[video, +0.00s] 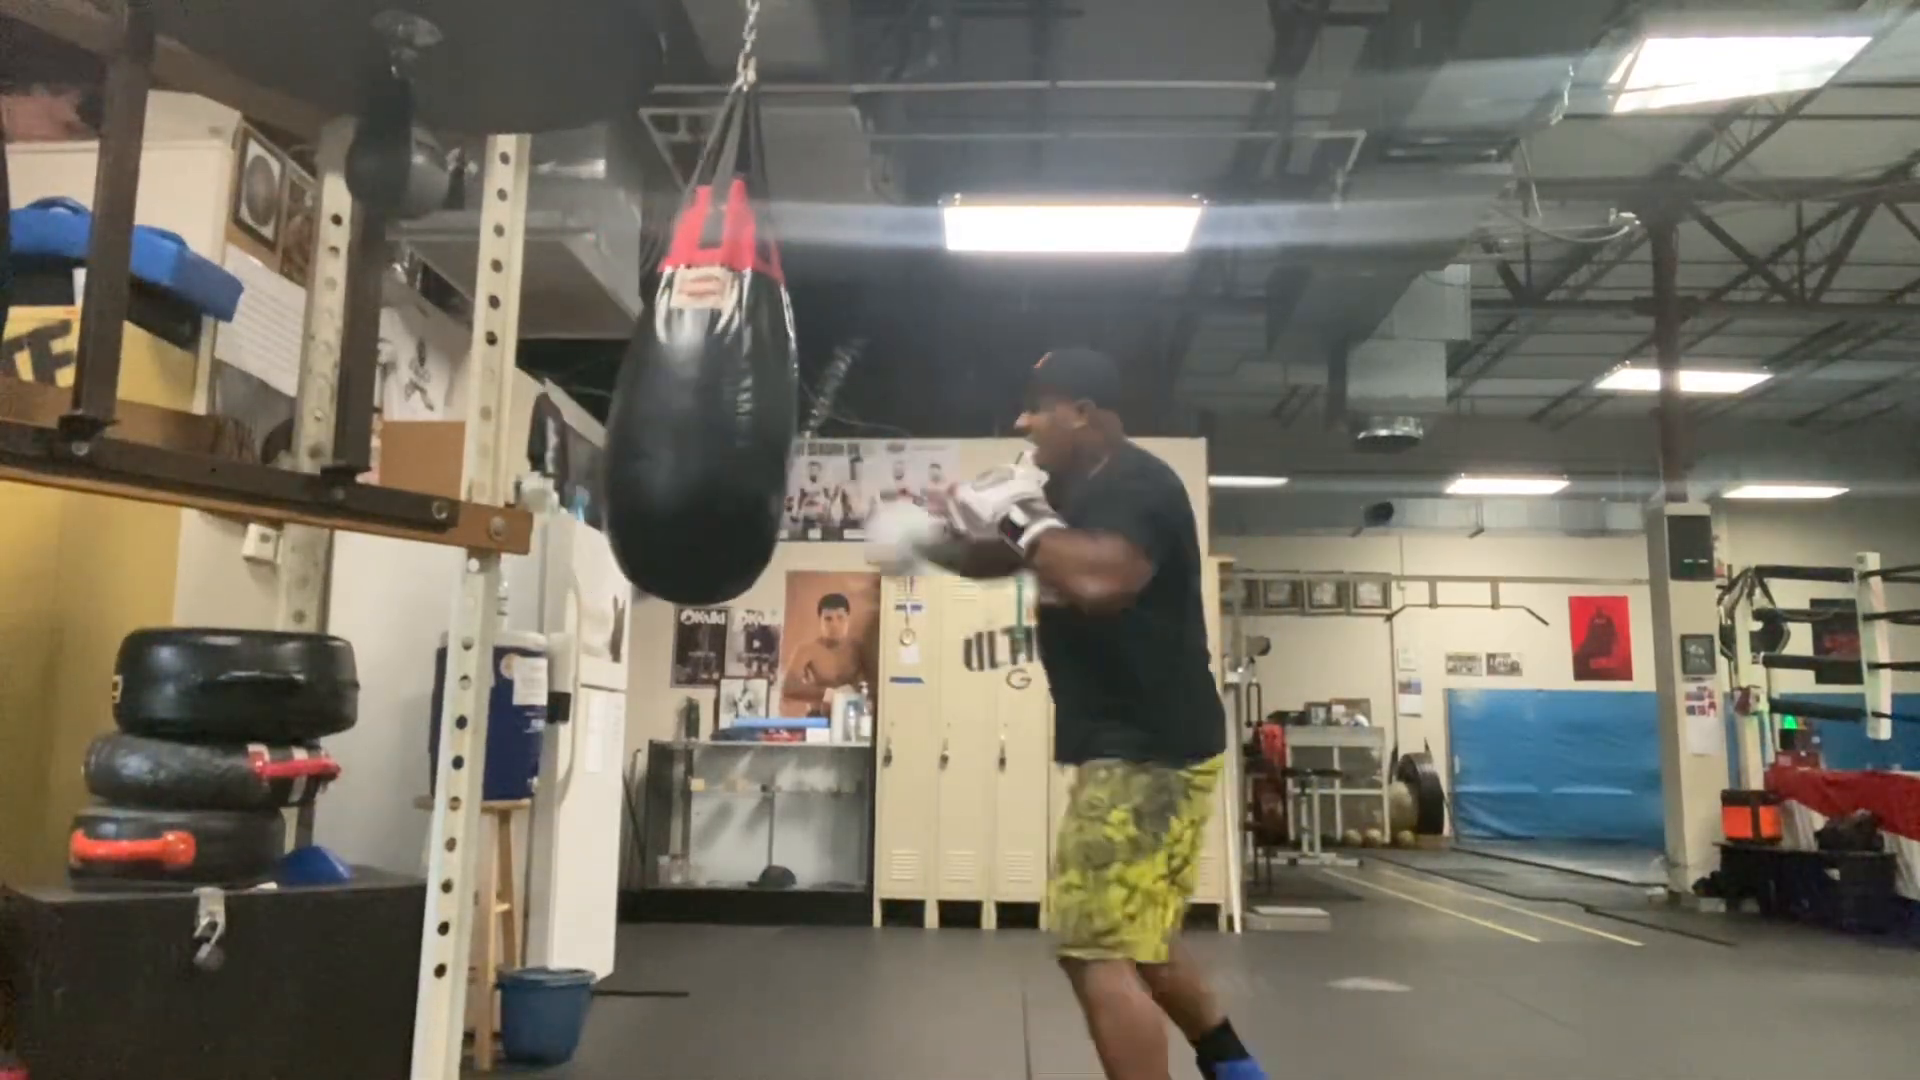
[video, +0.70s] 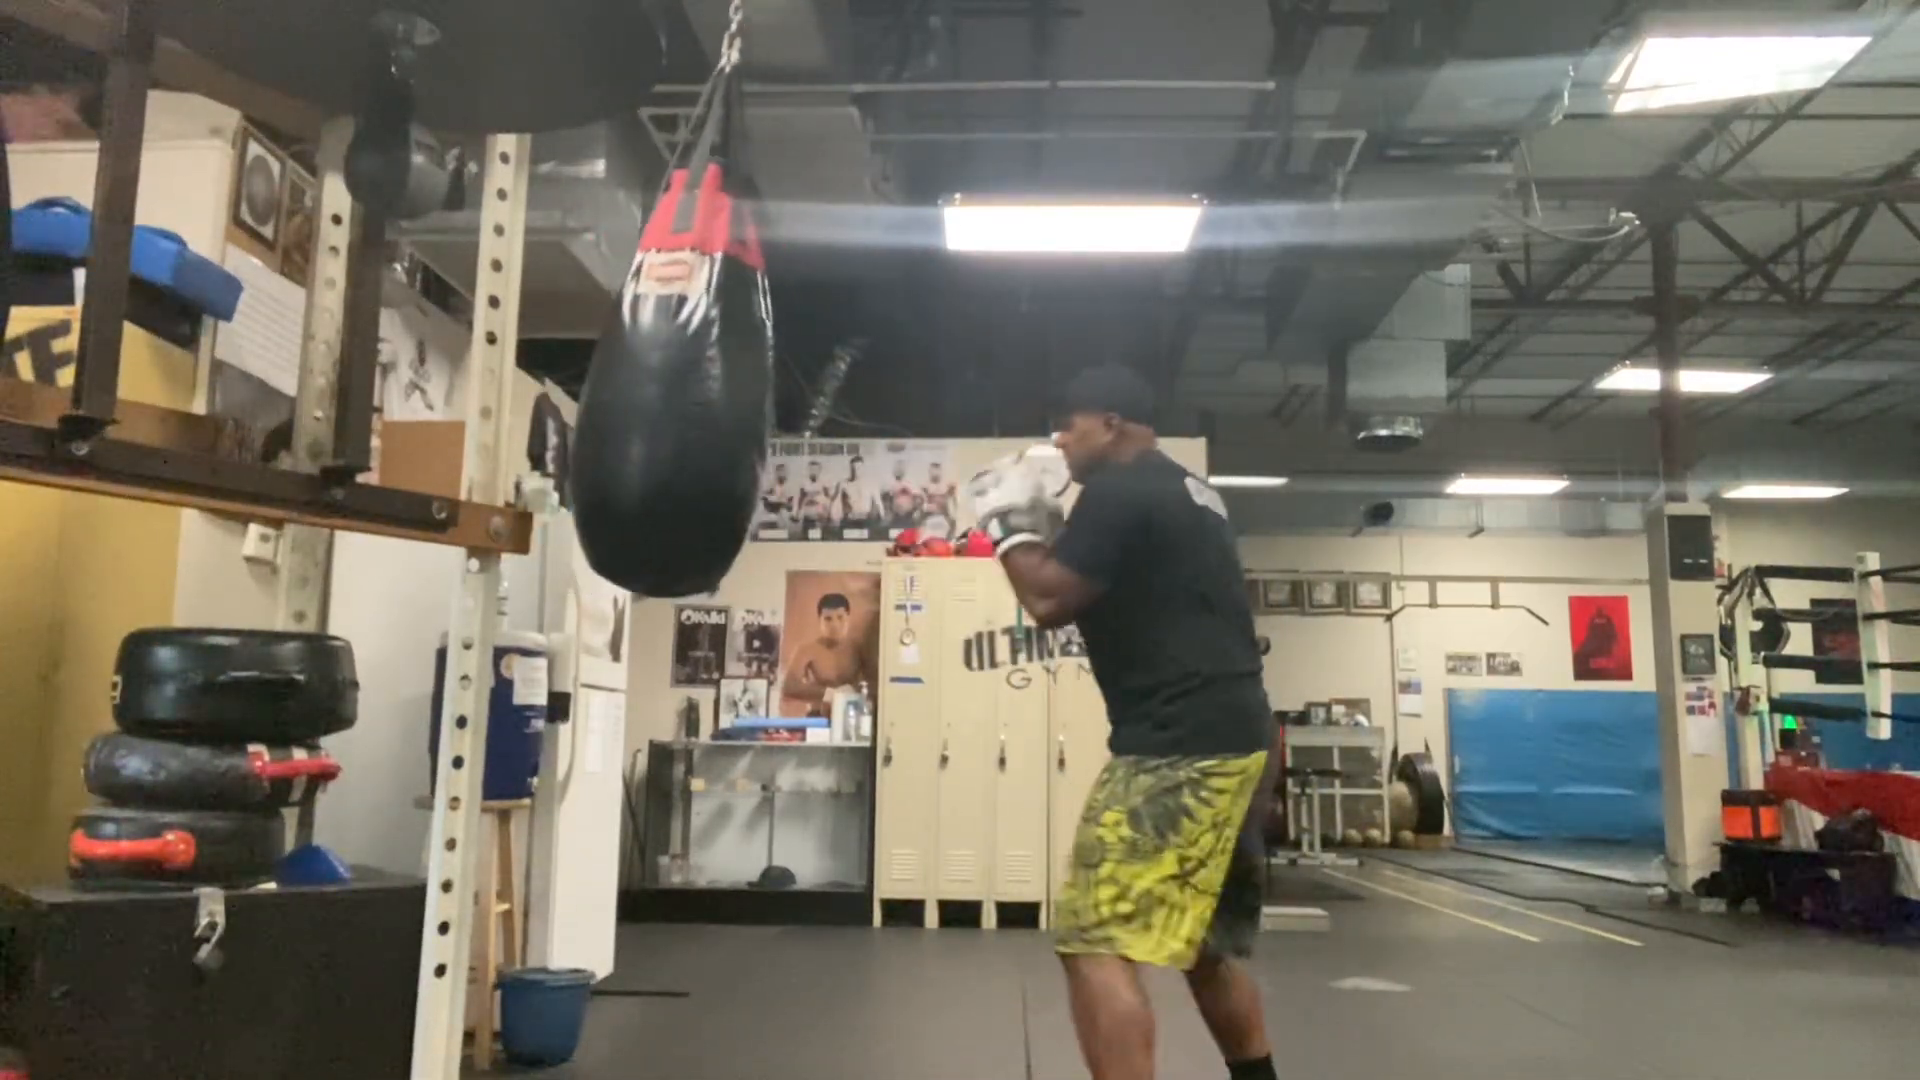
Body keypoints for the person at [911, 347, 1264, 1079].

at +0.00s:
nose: (1025, 426)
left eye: (1039, 411)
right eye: (1027, 412)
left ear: (1089, 417)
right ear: (1085, 419)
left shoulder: (1140, 483)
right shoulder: (1079, 491)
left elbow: (1106, 578)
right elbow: (1003, 556)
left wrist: (1020, 521)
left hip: (1147, 750)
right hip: (1130, 748)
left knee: (1091, 946)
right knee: (1140, 941)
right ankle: (1234, 1066)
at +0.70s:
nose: (1057, 442)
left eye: (1066, 425)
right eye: (1057, 427)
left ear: (1114, 423)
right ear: (1129, 428)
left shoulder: (1122, 491)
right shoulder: (1186, 490)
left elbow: (1048, 598)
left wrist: (1009, 525)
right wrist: (1050, 523)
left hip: (1174, 743)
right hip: (1233, 738)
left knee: (1091, 939)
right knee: (1205, 944)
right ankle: (1256, 1072)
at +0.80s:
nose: (1057, 444)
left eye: (1065, 428)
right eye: (1057, 429)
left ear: (1108, 428)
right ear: (1125, 431)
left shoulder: (1112, 498)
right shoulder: (1193, 496)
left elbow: (1054, 616)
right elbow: (1128, 603)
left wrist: (975, 591)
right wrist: (1037, 563)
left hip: (1158, 750)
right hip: (1226, 745)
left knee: (1074, 954)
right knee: (1196, 943)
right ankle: (1255, 1075)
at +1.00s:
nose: (1022, 434)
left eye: (1035, 420)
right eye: (1021, 421)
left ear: (1083, 421)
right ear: (1068, 426)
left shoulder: (1153, 494)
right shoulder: (1059, 497)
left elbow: (1128, 591)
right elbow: (970, 528)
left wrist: (1042, 506)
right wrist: (894, 488)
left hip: (1158, 752)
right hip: (1112, 751)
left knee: (1084, 943)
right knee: (1161, 948)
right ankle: (1247, 1072)